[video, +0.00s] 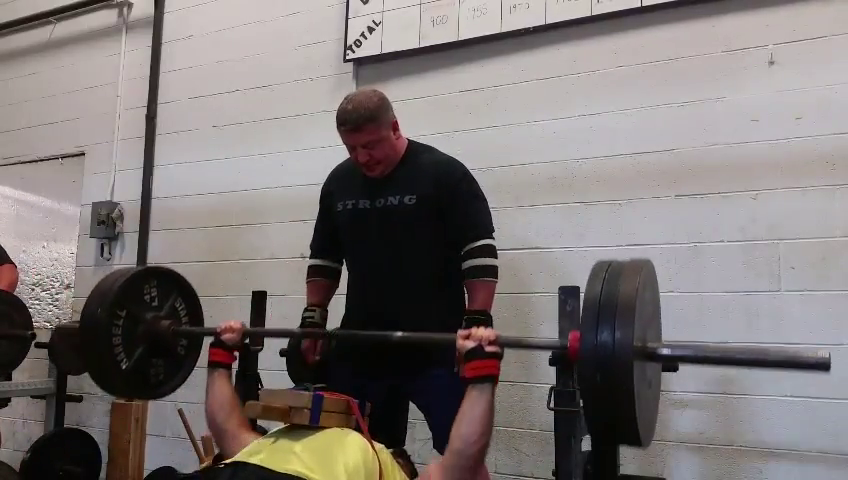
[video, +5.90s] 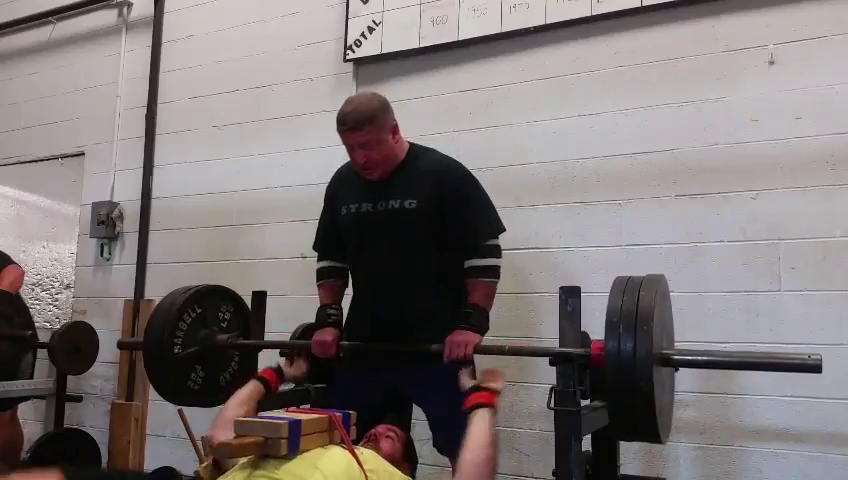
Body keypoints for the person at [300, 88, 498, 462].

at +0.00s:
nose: (362, 157)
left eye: (371, 145)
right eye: (353, 148)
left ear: (395, 129)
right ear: (343, 140)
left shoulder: (446, 175)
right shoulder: (340, 183)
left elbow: (480, 254)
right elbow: (324, 260)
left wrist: (477, 322)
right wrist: (313, 319)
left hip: (438, 343)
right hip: (364, 344)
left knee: (463, 456)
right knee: (368, 460)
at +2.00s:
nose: (361, 162)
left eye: (369, 151)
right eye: (352, 153)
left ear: (394, 133)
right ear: (342, 145)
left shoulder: (444, 177)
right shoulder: (339, 186)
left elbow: (478, 259)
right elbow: (326, 262)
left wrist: (473, 336)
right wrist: (317, 324)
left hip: (438, 339)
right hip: (367, 339)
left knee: (464, 451)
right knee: (372, 450)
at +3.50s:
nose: (357, 163)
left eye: (365, 152)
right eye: (348, 155)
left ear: (392, 134)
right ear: (338, 145)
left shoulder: (443, 173)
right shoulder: (338, 183)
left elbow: (493, 234)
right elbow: (322, 249)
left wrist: (460, 297)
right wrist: (318, 304)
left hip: (437, 345)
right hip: (364, 343)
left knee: (462, 457)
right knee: (366, 460)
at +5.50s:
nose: (394, 146)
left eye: (399, 133)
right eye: (380, 139)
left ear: (409, 122)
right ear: (359, 138)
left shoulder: (449, 172)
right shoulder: (345, 181)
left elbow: (488, 246)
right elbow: (330, 257)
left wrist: (474, 317)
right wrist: (326, 318)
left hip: (443, 344)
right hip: (369, 344)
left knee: (466, 458)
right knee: (367, 460)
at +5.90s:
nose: (359, 157)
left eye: (367, 146)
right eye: (351, 148)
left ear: (395, 133)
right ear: (343, 143)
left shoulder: (446, 176)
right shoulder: (344, 184)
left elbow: (485, 253)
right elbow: (331, 259)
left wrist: (472, 323)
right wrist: (328, 319)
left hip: (439, 343)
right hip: (368, 341)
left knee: (466, 453)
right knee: (362, 453)